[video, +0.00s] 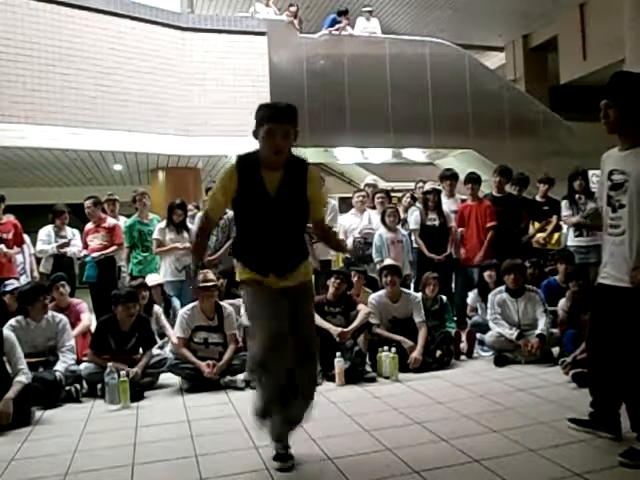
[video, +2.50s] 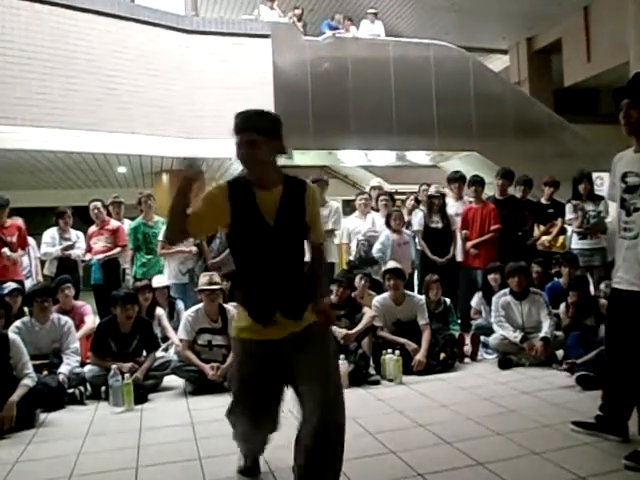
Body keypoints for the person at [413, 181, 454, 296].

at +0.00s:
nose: (432, 197)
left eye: (435, 194)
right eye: (429, 194)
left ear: (439, 197)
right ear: (424, 196)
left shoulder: (445, 214)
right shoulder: (418, 214)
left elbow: (450, 233)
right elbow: (416, 236)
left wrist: (448, 251)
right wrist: (428, 254)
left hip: (443, 257)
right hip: (425, 257)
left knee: (444, 289)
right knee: (424, 288)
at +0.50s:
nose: (436, 200)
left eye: (439, 197)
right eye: (433, 197)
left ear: (443, 199)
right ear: (429, 199)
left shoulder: (449, 217)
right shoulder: (423, 216)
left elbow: (454, 236)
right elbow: (420, 238)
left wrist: (453, 253)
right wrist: (433, 256)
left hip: (448, 259)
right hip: (430, 259)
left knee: (448, 292)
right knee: (429, 291)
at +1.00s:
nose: (436, 200)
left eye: (439, 197)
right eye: (433, 196)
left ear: (443, 200)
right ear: (428, 199)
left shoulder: (449, 217)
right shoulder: (423, 216)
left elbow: (454, 236)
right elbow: (420, 238)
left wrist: (453, 253)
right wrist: (432, 256)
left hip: (448, 259)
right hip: (430, 259)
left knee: (448, 292)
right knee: (428, 291)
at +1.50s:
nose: (437, 200)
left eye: (440, 197)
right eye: (434, 196)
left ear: (443, 199)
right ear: (429, 199)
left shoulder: (449, 216)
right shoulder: (423, 216)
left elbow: (454, 236)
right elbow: (421, 238)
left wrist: (452, 253)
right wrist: (433, 256)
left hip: (447, 258)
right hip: (429, 258)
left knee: (448, 291)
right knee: (429, 290)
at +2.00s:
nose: (437, 201)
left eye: (440, 197)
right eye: (433, 197)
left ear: (443, 200)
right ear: (429, 199)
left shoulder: (448, 217)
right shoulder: (423, 216)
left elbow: (453, 236)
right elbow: (420, 238)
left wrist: (450, 254)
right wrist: (433, 256)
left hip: (447, 259)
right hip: (429, 258)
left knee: (447, 291)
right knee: (428, 290)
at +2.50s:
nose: (437, 201)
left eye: (439, 198)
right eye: (434, 198)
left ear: (443, 200)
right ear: (429, 199)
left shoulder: (448, 217)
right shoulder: (423, 217)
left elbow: (453, 236)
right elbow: (420, 238)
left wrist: (450, 254)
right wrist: (432, 256)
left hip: (446, 260)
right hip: (429, 260)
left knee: (447, 291)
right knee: (428, 290)